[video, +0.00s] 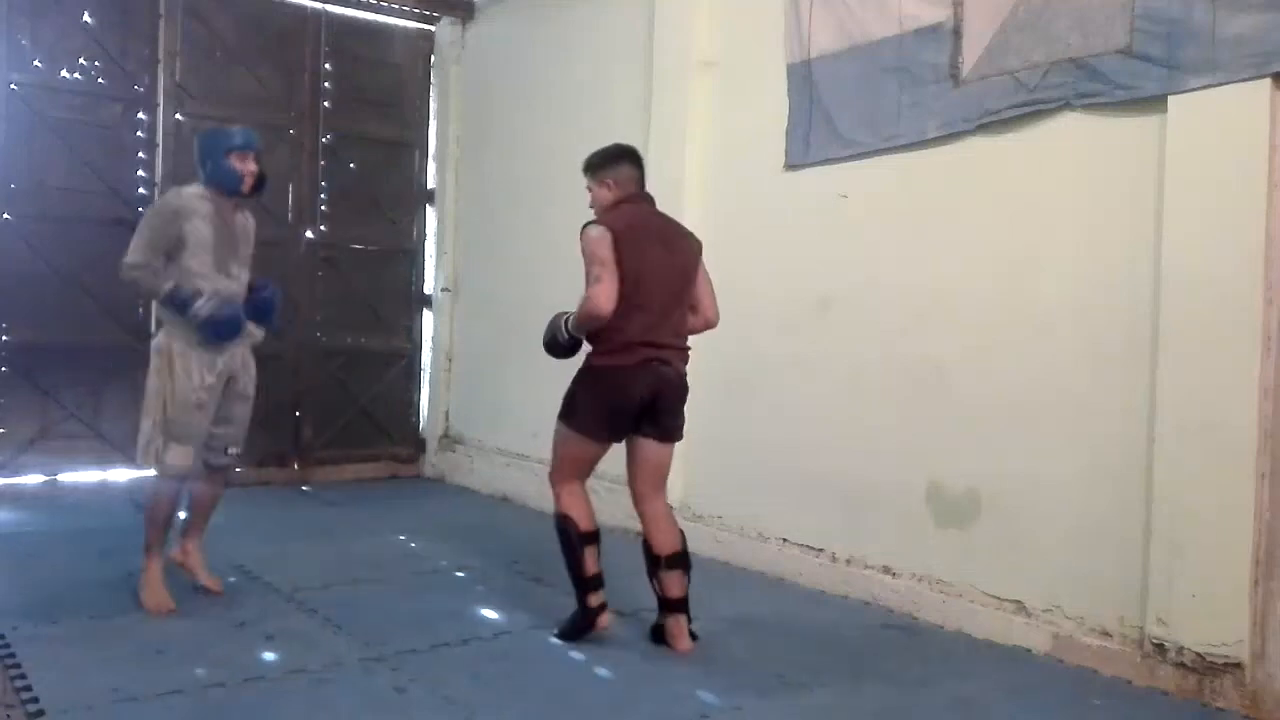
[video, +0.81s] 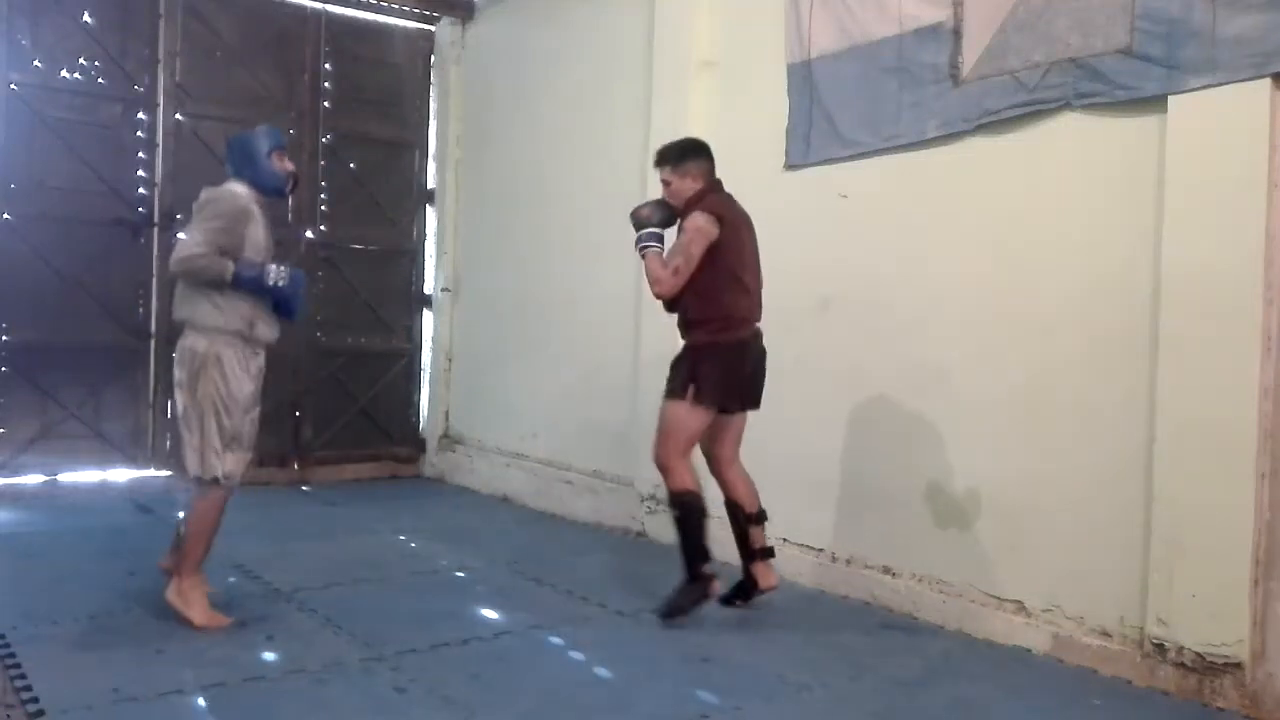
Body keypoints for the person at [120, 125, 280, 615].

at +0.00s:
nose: (251, 166)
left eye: (254, 159)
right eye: (241, 157)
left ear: (255, 169)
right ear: (215, 161)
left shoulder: (245, 221)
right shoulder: (179, 204)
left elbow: (230, 280)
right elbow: (136, 265)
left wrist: (254, 299)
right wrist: (192, 305)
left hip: (236, 350)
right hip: (186, 351)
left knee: (219, 459)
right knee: (175, 461)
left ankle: (191, 546)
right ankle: (152, 564)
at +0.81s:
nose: (289, 164)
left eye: (286, 155)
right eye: (279, 155)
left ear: (263, 163)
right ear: (256, 161)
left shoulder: (256, 213)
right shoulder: (230, 200)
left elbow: (240, 285)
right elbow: (185, 259)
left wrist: (279, 294)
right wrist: (253, 275)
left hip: (239, 350)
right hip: (214, 349)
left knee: (223, 470)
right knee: (219, 472)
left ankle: (181, 560)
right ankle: (187, 583)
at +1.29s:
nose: (313, 171)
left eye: (313, 163)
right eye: (304, 162)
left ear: (286, 168)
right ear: (277, 163)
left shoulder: (276, 215)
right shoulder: (251, 203)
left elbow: (263, 298)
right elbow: (232, 268)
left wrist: (300, 294)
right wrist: (292, 271)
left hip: (260, 351)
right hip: (233, 350)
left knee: (254, 471)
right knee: (236, 474)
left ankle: (218, 565)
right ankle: (189, 582)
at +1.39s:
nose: (313, 190)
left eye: (314, 182)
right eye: (306, 180)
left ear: (289, 185)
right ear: (280, 179)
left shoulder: (279, 226)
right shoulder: (258, 209)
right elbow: (243, 274)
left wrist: (306, 301)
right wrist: (300, 276)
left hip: (260, 366)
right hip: (242, 366)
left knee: (256, 485)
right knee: (246, 487)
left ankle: (208, 576)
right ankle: (184, 591)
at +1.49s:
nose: (321, 214)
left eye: (321, 206)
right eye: (313, 204)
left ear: (291, 207)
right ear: (286, 203)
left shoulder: (275, 251)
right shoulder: (258, 244)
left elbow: (259, 324)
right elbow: (258, 304)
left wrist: (297, 354)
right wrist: (314, 313)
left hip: (265, 389)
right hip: (248, 390)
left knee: (258, 497)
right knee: (275, 501)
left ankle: (206, 583)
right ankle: (194, 587)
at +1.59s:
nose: (336, 215)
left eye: (339, 206)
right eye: (330, 203)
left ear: (306, 203)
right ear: (304, 200)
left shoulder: (288, 246)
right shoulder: (269, 241)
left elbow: (270, 319)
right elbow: (246, 312)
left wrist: (318, 342)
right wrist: (309, 314)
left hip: (271, 379)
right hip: (263, 380)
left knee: (260, 482)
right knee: (309, 480)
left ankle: (204, 572)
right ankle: (239, 578)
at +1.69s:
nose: (355, 208)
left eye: (357, 199)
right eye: (350, 196)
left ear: (332, 196)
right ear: (325, 193)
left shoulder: (314, 240)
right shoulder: (283, 226)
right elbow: (250, 289)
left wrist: (342, 304)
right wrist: (317, 286)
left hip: (297, 363)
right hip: (278, 364)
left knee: (265, 473)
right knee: (319, 474)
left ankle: (207, 567)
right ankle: (298, 583)